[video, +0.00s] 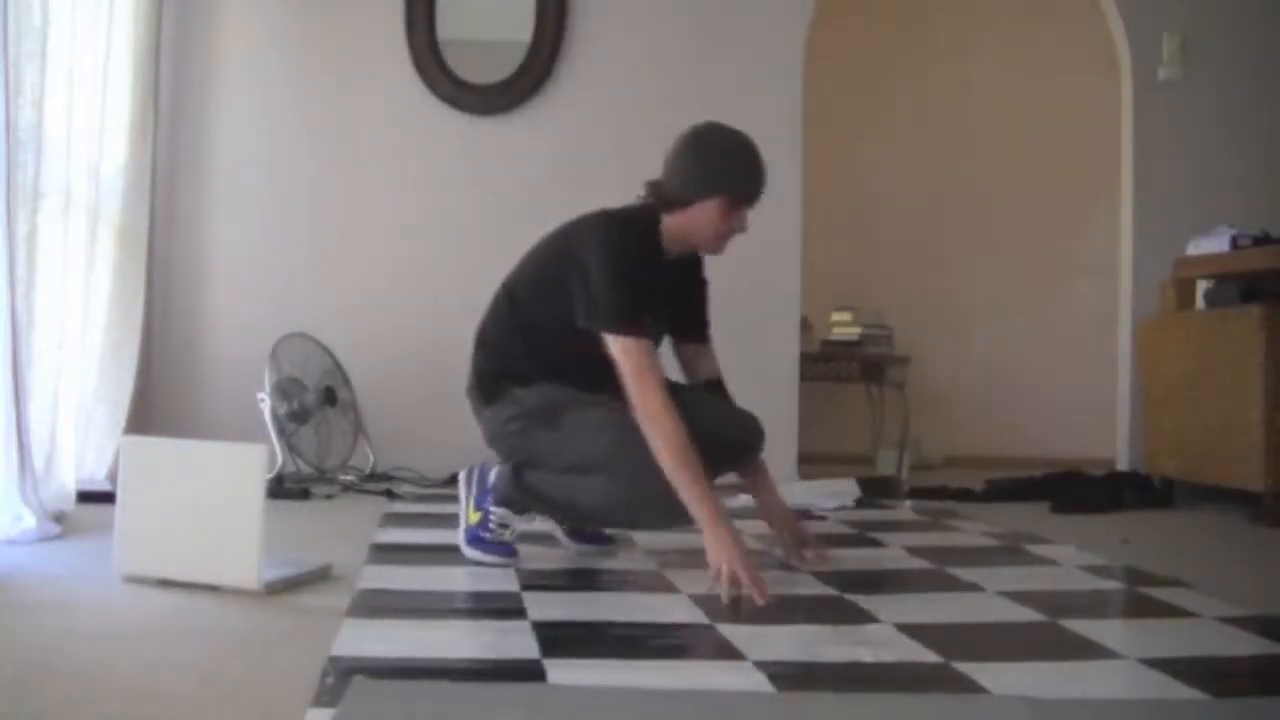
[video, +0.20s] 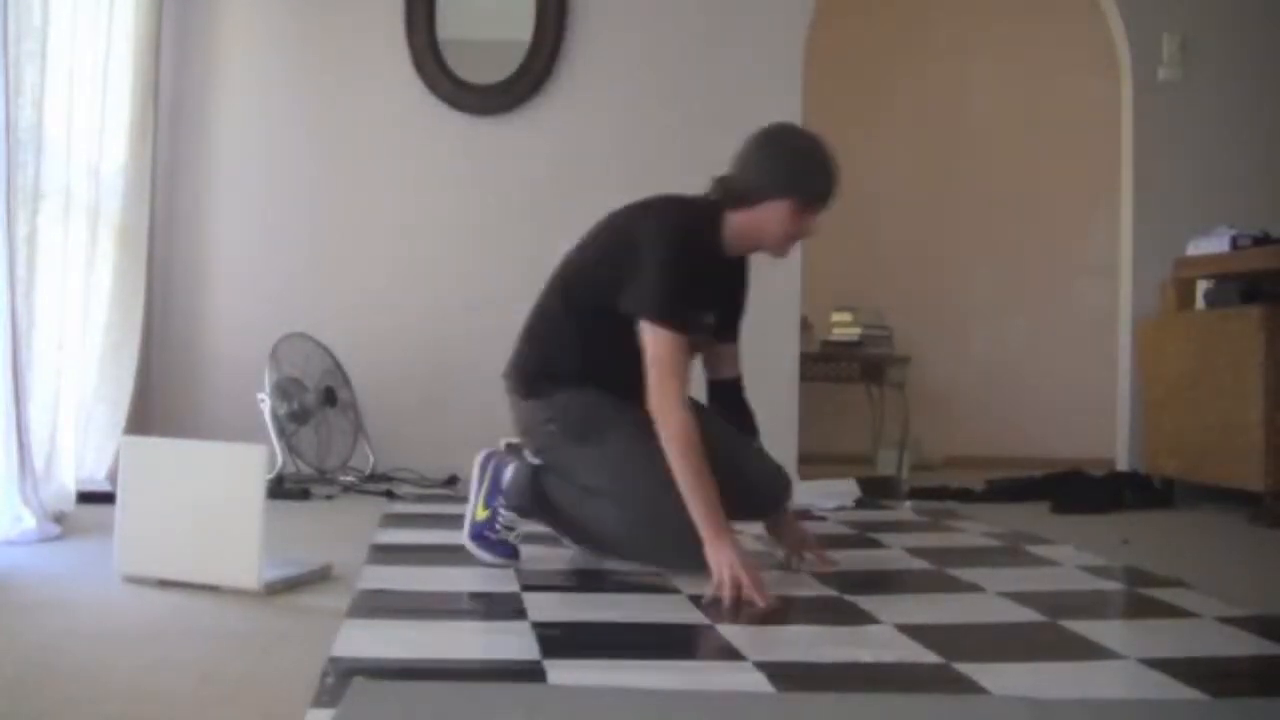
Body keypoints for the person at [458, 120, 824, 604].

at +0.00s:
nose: (743, 225)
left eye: (746, 210)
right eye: (736, 208)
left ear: (706, 203)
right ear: (701, 198)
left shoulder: (681, 262)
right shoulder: (614, 249)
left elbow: (707, 383)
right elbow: (648, 400)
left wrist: (767, 498)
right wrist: (715, 527)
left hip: (595, 401)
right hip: (520, 407)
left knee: (732, 433)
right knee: (668, 495)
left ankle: (572, 496)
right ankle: (503, 486)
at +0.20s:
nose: (808, 229)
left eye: (813, 215)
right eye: (804, 212)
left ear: (767, 200)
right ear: (770, 199)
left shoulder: (728, 260)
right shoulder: (669, 238)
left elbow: (726, 392)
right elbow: (667, 406)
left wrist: (776, 511)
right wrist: (718, 543)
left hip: (630, 402)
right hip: (559, 405)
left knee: (763, 490)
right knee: (682, 547)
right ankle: (515, 483)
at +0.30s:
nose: (833, 224)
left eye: (839, 208)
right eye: (831, 204)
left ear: (787, 190)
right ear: (796, 192)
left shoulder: (745, 257)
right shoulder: (696, 232)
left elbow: (736, 393)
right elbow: (682, 405)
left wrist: (778, 514)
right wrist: (720, 542)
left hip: (646, 408)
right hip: (575, 407)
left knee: (771, 518)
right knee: (681, 560)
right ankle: (524, 484)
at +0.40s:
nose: (873, 221)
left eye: (878, 206)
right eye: (871, 201)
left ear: (830, 188)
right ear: (835, 186)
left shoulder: (772, 251)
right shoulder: (734, 226)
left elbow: (748, 389)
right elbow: (698, 398)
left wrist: (776, 511)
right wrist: (719, 538)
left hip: (660, 397)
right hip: (592, 396)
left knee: (766, 538)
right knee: (688, 560)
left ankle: (594, 478)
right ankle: (535, 482)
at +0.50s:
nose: (895, 223)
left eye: (901, 208)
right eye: (894, 203)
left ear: (861, 191)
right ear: (858, 184)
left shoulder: (792, 248)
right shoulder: (760, 223)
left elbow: (757, 383)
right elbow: (703, 385)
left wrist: (781, 512)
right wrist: (723, 538)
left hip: (670, 390)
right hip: (600, 386)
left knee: (766, 540)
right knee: (695, 562)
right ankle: (539, 478)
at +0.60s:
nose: (926, 230)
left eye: (934, 215)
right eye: (925, 210)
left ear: (891, 194)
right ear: (889, 191)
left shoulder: (820, 245)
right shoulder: (798, 227)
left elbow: (764, 383)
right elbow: (720, 378)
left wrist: (776, 513)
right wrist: (750, 524)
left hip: (670, 378)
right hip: (622, 376)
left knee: (719, 544)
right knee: (707, 565)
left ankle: (566, 479)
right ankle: (544, 479)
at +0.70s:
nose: (945, 238)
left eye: (953, 224)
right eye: (947, 219)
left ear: (905, 196)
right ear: (913, 201)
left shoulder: (834, 235)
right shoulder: (821, 230)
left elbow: (769, 386)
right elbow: (747, 382)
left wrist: (783, 526)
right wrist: (779, 535)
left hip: (666, 373)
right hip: (630, 370)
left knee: (729, 540)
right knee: (721, 562)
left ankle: (566, 483)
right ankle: (542, 487)